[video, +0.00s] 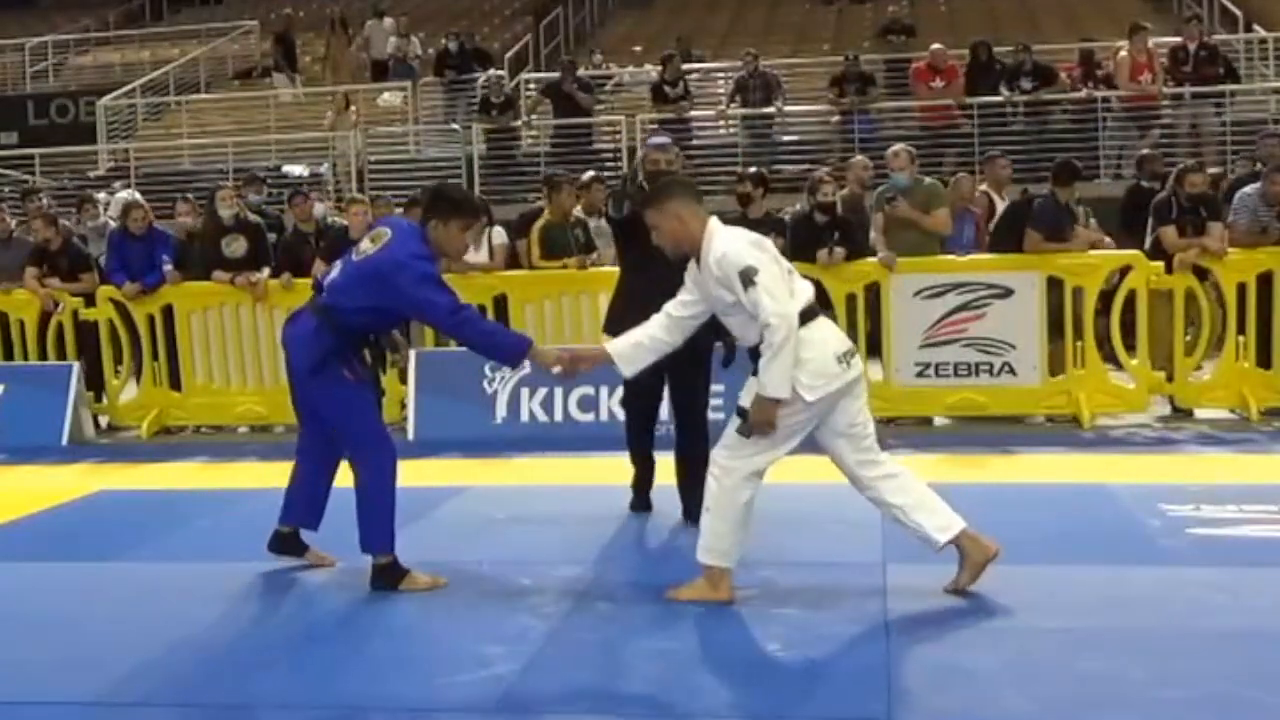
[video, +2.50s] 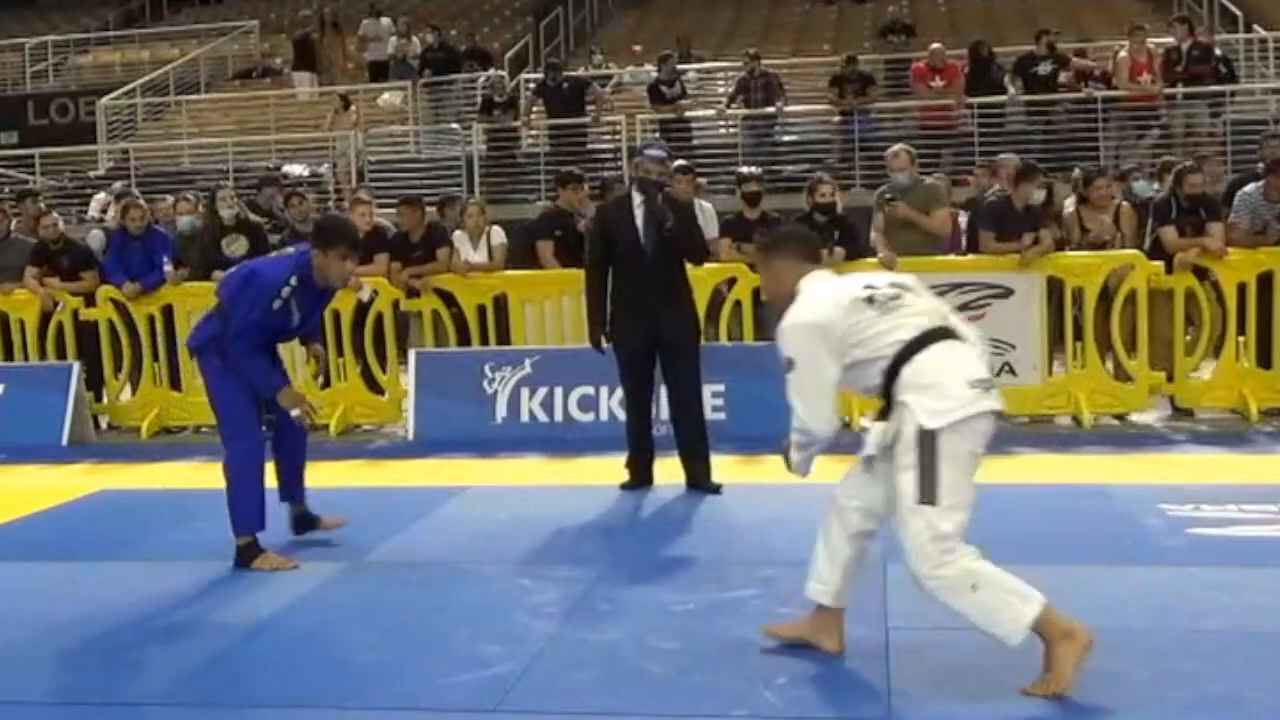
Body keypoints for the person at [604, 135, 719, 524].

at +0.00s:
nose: (659, 169)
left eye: (666, 162)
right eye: (651, 162)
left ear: (678, 165)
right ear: (640, 165)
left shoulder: (689, 203)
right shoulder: (627, 204)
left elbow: (714, 267)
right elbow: (618, 209)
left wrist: (726, 329)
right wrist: (640, 177)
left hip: (690, 316)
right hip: (637, 315)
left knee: (692, 417)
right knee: (640, 410)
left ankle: (694, 502)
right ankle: (641, 482)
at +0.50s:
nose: (634, 168)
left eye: (639, 162)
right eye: (626, 163)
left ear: (650, 165)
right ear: (615, 169)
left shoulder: (675, 205)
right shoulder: (601, 215)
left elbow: (696, 265)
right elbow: (593, 278)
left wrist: (708, 317)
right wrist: (591, 336)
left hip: (679, 325)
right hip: (629, 329)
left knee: (690, 408)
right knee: (635, 414)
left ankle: (698, 486)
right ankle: (641, 492)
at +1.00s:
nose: (646, 171)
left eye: (653, 165)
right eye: (642, 165)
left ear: (671, 168)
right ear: (636, 170)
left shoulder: (700, 212)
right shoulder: (625, 216)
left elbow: (717, 271)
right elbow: (616, 273)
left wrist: (720, 319)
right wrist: (600, 322)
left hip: (689, 328)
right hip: (641, 328)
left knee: (691, 411)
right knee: (643, 413)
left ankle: (692, 485)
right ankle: (641, 492)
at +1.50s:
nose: (654, 169)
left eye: (662, 163)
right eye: (651, 163)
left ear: (682, 169)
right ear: (647, 168)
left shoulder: (708, 214)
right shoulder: (635, 210)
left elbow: (718, 275)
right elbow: (621, 269)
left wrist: (721, 326)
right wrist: (609, 317)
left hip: (690, 325)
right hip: (642, 324)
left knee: (692, 406)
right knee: (632, 398)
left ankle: (692, 479)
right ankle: (634, 462)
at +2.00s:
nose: (633, 173)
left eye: (642, 167)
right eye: (630, 166)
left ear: (658, 172)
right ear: (624, 169)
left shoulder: (681, 214)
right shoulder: (606, 217)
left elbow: (694, 270)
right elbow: (597, 271)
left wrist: (695, 319)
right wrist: (595, 317)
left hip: (673, 323)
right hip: (626, 325)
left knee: (682, 405)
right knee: (635, 404)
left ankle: (690, 477)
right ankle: (638, 473)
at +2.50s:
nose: (658, 173)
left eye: (663, 167)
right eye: (651, 166)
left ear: (669, 172)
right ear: (634, 168)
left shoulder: (678, 207)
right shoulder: (608, 214)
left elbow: (698, 254)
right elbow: (596, 271)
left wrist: (673, 211)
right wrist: (596, 323)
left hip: (676, 316)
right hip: (630, 319)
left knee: (687, 398)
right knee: (637, 401)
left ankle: (698, 475)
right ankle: (639, 472)